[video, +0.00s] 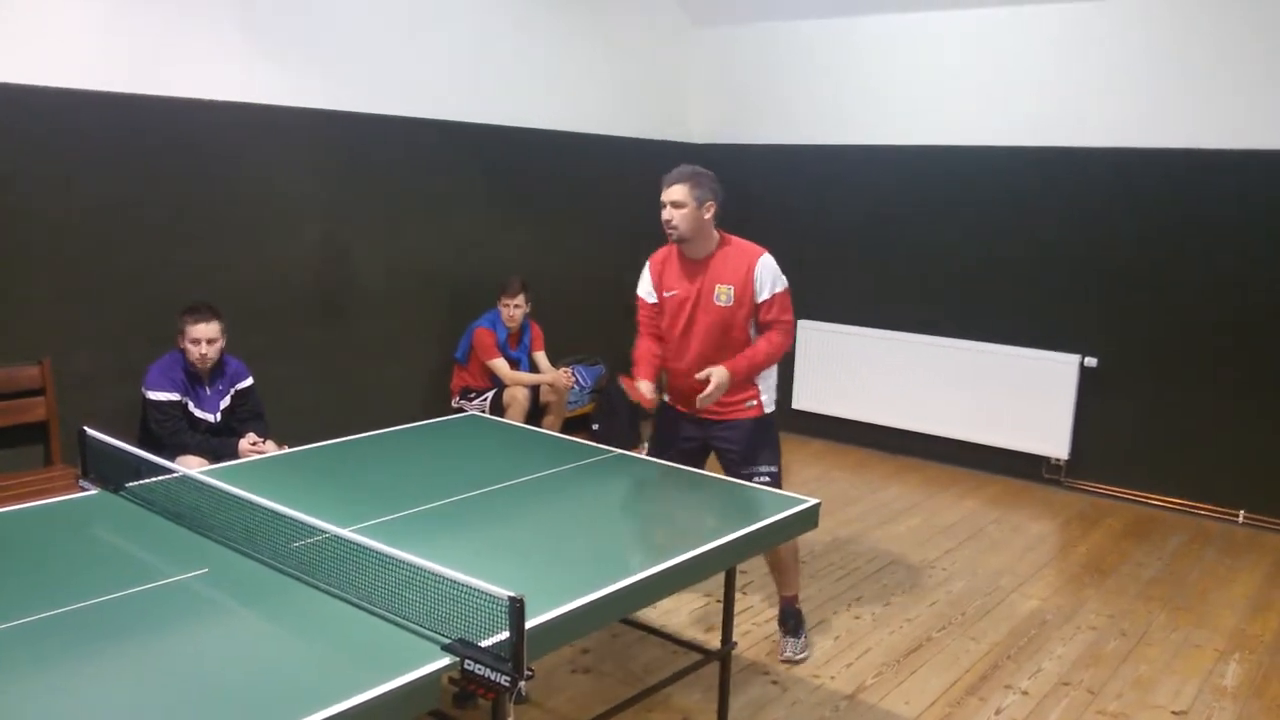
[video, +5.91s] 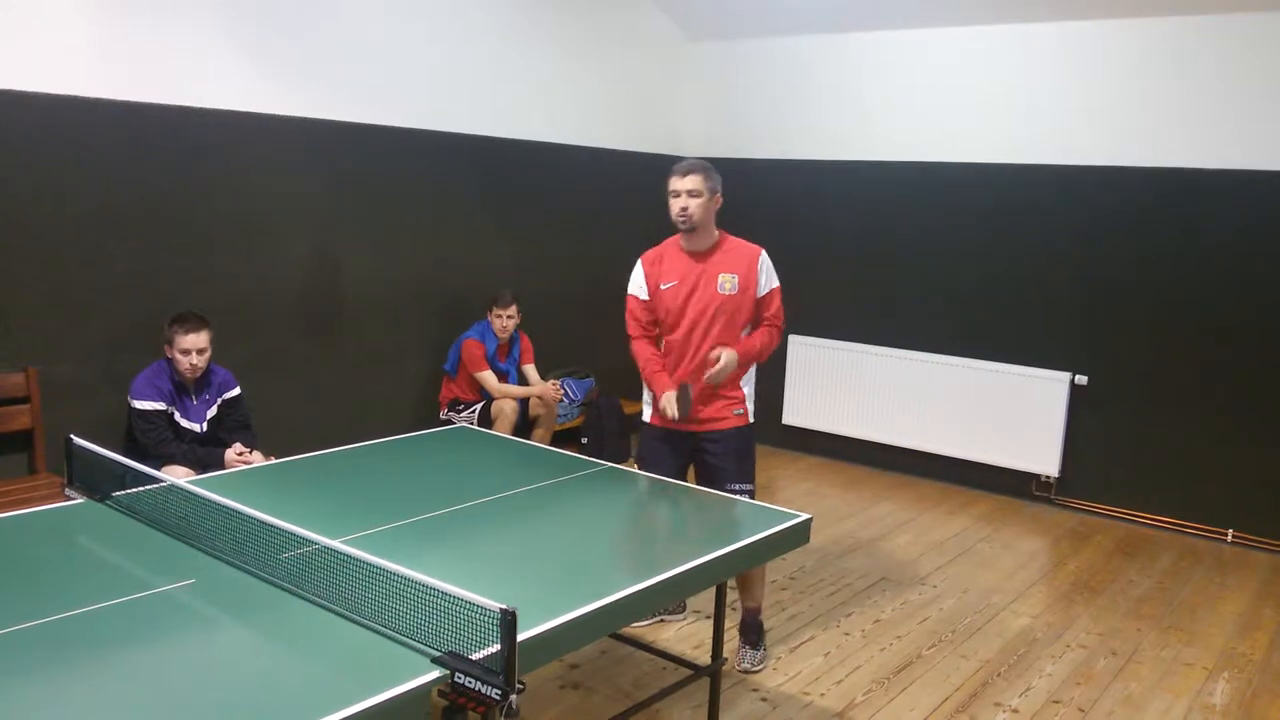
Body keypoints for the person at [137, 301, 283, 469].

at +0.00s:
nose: (203, 352)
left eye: (211, 342)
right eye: (195, 343)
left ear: (223, 341)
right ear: (181, 342)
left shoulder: (235, 371)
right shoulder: (160, 378)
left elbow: (251, 419)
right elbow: (174, 440)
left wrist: (251, 438)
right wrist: (234, 448)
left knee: (270, 450)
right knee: (195, 466)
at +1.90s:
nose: (188, 361)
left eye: (197, 352)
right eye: (180, 352)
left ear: (212, 352)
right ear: (170, 351)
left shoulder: (225, 381)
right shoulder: (150, 388)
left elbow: (241, 428)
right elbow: (163, 450)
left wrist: (241, 448)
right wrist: (223, 459)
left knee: (260, 461)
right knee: (184, 477)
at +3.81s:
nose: (203, 361)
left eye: (210, 352)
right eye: (194, 353)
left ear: (221, 348)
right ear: (178, 350)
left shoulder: (232, 379)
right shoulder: (158, 385)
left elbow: (248, 426)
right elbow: (169, 447)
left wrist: (248, 444)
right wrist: (230, 456)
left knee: (267, 459)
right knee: (191, 474)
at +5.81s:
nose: (194, 362)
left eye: (201, 353)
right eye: (185, 354)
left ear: (210, 350)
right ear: (168, 352)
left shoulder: (223, 381)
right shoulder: (147, 387)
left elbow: (239, 430)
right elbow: (160, 449)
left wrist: (240, 448)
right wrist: (221, 459)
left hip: (212, 459)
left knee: (257, 462)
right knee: (181, 477)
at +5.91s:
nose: (194, 361)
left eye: (201, 352)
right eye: (185, 353)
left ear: (210, 350)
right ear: (168, 351)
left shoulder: (223, 380)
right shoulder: (147, 387)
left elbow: (239, 429)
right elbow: (159, 448)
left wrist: (239, 447)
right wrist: (220, 459)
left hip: (212, 459)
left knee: (257, 461)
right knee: (181, 476)